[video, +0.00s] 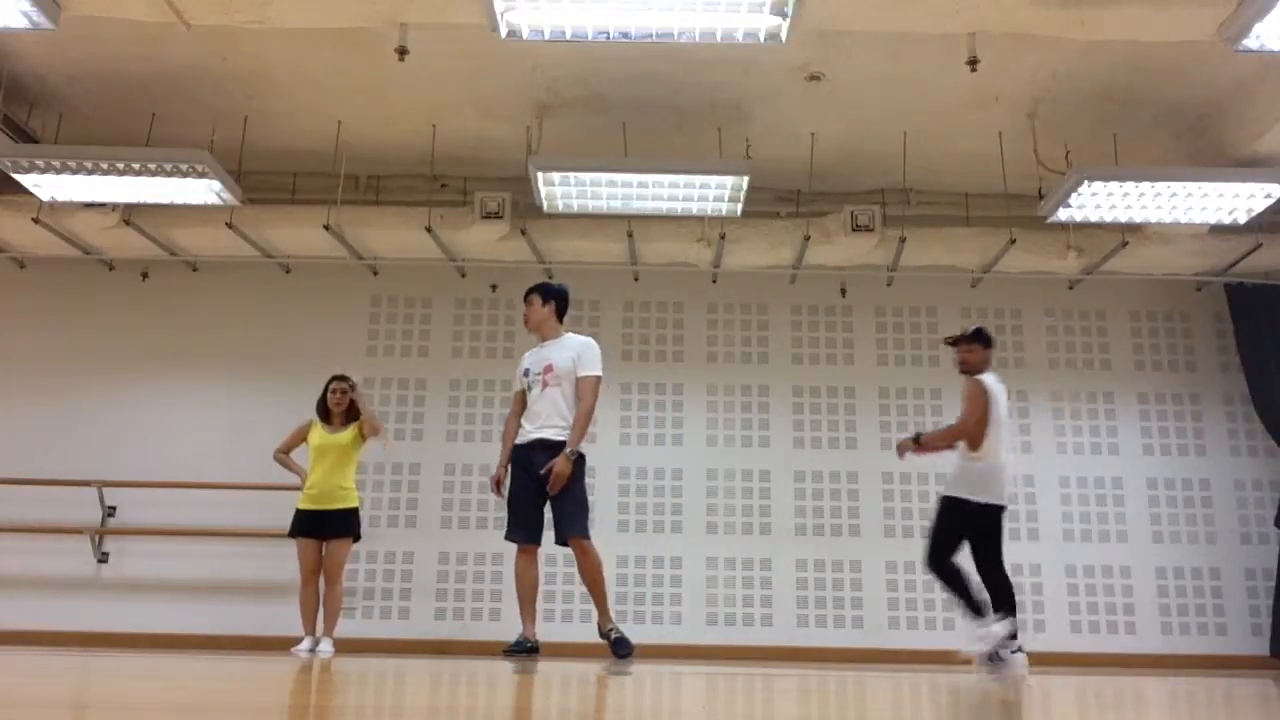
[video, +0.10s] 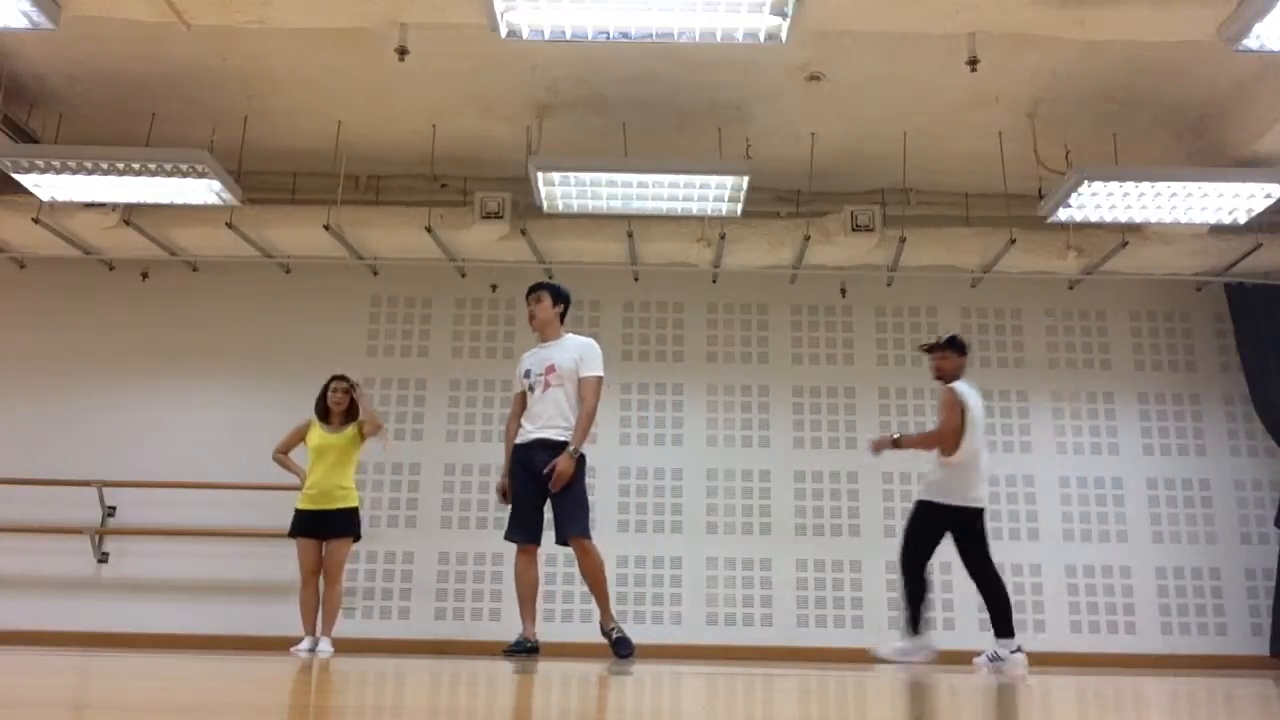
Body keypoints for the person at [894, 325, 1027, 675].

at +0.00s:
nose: (962, 357)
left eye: (969, 351)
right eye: (959, 352)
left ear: (987, 354)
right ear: (962, 354)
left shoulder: (976, 386)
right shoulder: (993, 387)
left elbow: (966, 430)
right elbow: (972, 437)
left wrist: (918, 440)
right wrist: (928, 446)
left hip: (968, 488)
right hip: (990, 490)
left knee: (938, 559)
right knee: (991, 566)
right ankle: (1009, 644)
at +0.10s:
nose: (935, 365)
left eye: (943, 359)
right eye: (933, 359)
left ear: (960, 360)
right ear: (934, 362)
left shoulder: (952, 393)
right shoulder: (971, 394)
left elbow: (945, 439)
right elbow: (955, 441)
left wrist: (896, 441)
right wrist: (906, 441)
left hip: (942, 498)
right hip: (967, 500)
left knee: (912, 559)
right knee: (983, 570)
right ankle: (1008, 647)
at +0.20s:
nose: (911, 376)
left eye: (918, 370)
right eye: (909, 370)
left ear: (935, 371)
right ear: (910, 372)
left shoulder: (926, 404)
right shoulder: (944, 404)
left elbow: (918, 451)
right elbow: (921, 452)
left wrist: (875, 443)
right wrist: (877, 443)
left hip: (919, 508)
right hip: (943, 508)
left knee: (891, 574)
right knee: (967, 573)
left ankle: (861, 639)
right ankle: (1007, 642)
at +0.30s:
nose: (887, 382)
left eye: (894, 376)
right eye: (885, 376)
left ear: (911, 379)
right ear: (886, 378)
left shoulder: (900, 412)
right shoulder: (915, 412)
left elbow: (891, 461)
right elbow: (897, 459)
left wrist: (846, 449)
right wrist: (854, 448)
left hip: (885, 512)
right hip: (909, 514)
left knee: (860, 571)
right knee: (930, 574)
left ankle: (849, 645)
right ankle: (988, 630)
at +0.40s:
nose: (866, 383)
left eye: (873, 378)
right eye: (863, 378)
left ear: (889, 380)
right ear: (863, 379)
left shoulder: (879, 413)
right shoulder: (886, 412)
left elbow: (868, 460)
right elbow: (868, 459)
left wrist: (833, 452)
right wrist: (834, 452)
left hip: (859, 511)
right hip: (877, 512)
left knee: (843, 574)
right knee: (876, 578)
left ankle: (849, 645)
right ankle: (938, 613)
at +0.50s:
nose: (847, 381)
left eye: (854, 375)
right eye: (844, 376)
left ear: (868, 377)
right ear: (843, 379)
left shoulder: (864, 410)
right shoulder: (853, 411)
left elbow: (853, 457)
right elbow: (838, 458)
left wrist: (817, 446)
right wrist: (810, 447)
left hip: (850, 505)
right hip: (843, 504)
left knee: (830, 568)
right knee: (832, 569)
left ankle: (849, 646)